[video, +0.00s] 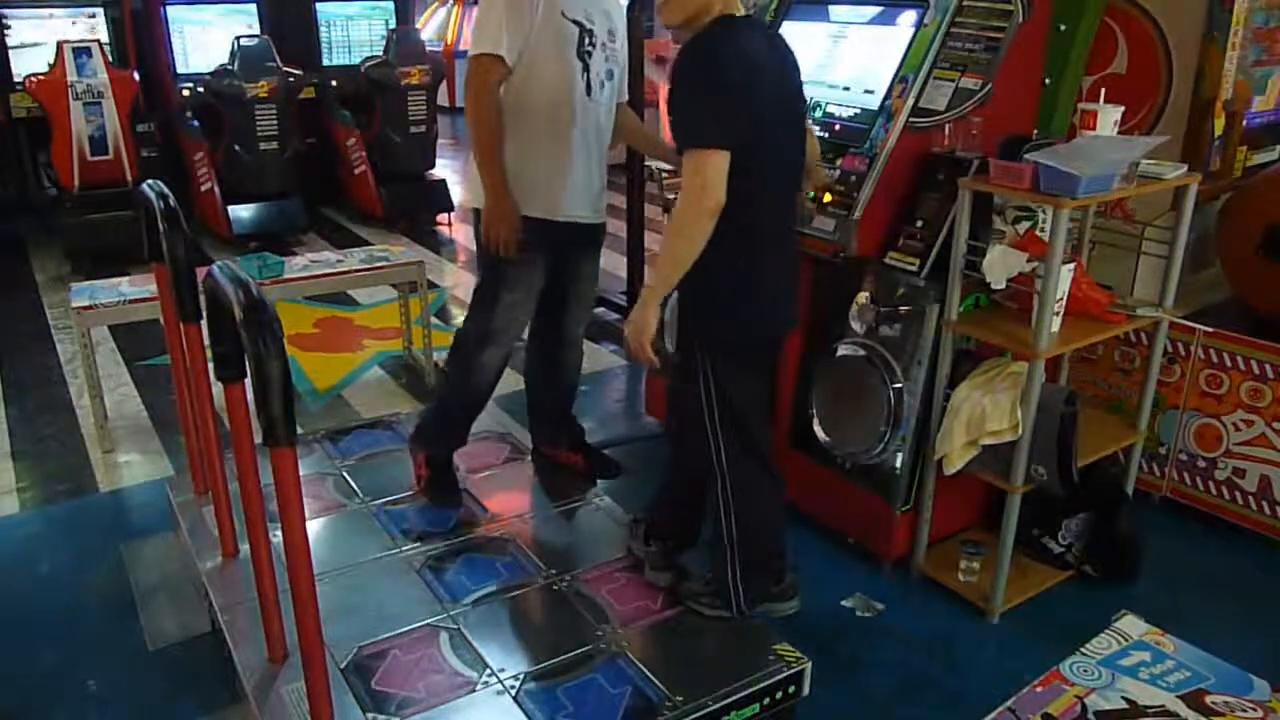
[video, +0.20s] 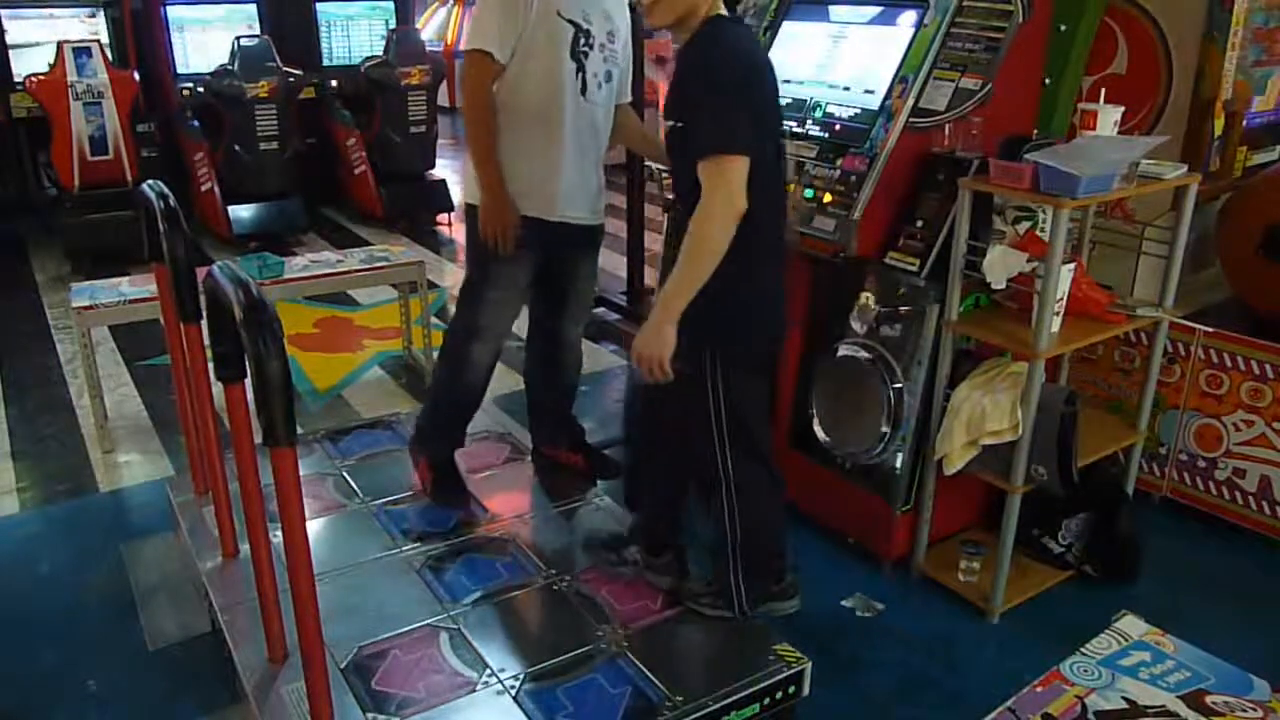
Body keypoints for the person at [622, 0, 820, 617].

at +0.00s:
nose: (659, 5)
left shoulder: (707, 57)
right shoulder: (767, 46)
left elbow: (703, 197)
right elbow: (808, 164)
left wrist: (651, 296)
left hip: (721, 289)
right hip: (761, 282)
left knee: (733, 437)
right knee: (699, 423)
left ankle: (757, 581)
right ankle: (667, 538)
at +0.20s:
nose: (643, 5)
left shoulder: (718, 57)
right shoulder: (713, 52)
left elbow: (725, 202)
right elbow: (695, 164)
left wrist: (664, 314)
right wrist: (631, 130)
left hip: (725, 301)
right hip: (704, 291)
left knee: (730, 446)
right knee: (662, 421)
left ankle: (759, 583)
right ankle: (656, 548)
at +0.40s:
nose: (615, 5)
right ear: (627, 4)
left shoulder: (707, 58)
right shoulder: (649, 54)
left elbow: (731, 196)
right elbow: (667, 160)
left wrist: (685, 317)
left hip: (714, 296)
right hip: (657, 291)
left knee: (720, 444)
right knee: (625, 426)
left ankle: (758, 574)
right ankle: (624, 548)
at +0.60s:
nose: (570, 5)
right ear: (597, 0)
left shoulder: (675, 49)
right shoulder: (610, 52)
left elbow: (703, 187)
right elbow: (621, 180)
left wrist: (679, 314)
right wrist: (605, 286)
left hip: (665, 293)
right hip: (615, 285)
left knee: (679, 440)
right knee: (605, 426)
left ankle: (741, 563)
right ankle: (608, 553)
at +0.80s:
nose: (526, 2)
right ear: (541, 2)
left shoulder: (641, 53)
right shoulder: (550, 56)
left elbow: (672, 186)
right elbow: (553, 177)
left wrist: (645, 314)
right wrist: (524, 268)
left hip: (620, 294)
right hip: (564, 286)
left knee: (607, 444)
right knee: (568, 435)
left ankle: (671, 553)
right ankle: (603, 556)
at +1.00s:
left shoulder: (615, 53)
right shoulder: (499, 48)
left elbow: (649, 189)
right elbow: (490, 165)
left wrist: (623, 311)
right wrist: (453, 265)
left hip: (594, 284)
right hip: (524, 277)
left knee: (564, 452)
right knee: (553, 431)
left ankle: (566, 600)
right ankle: (604, 548)